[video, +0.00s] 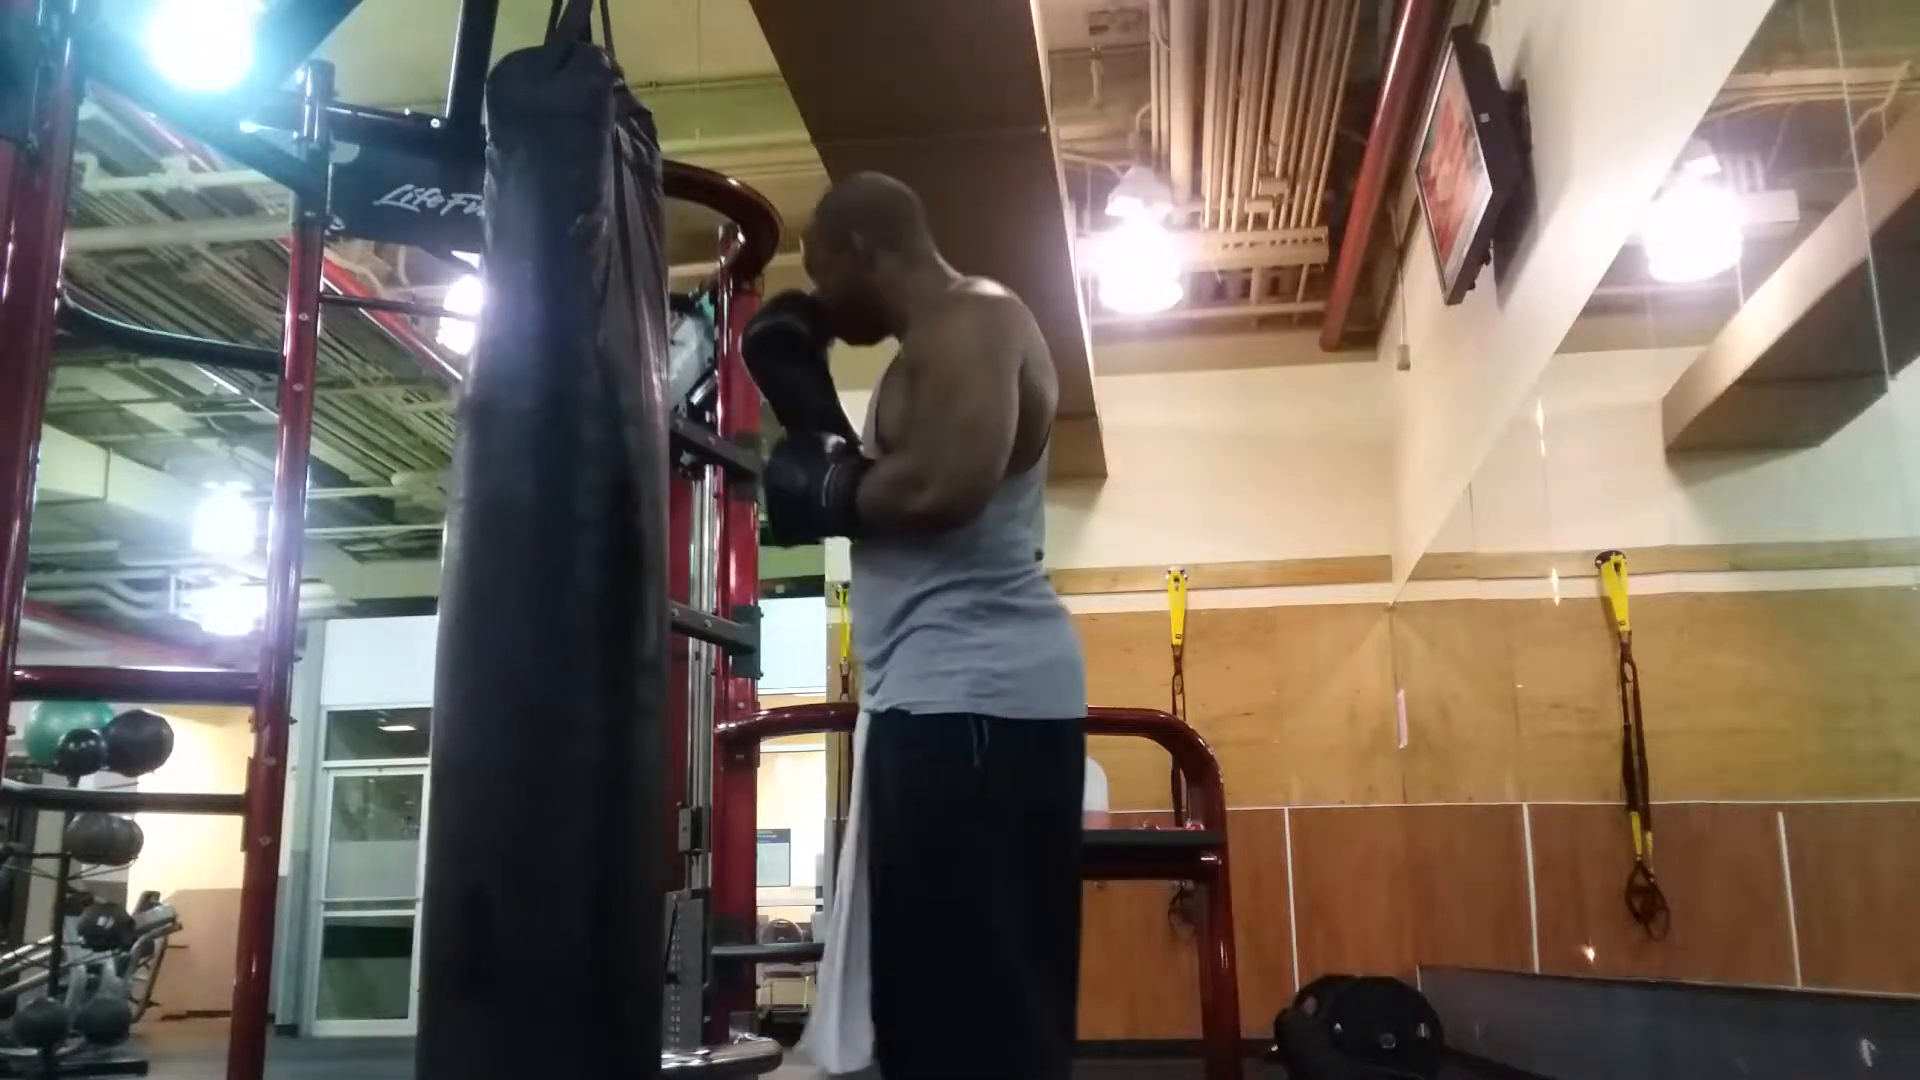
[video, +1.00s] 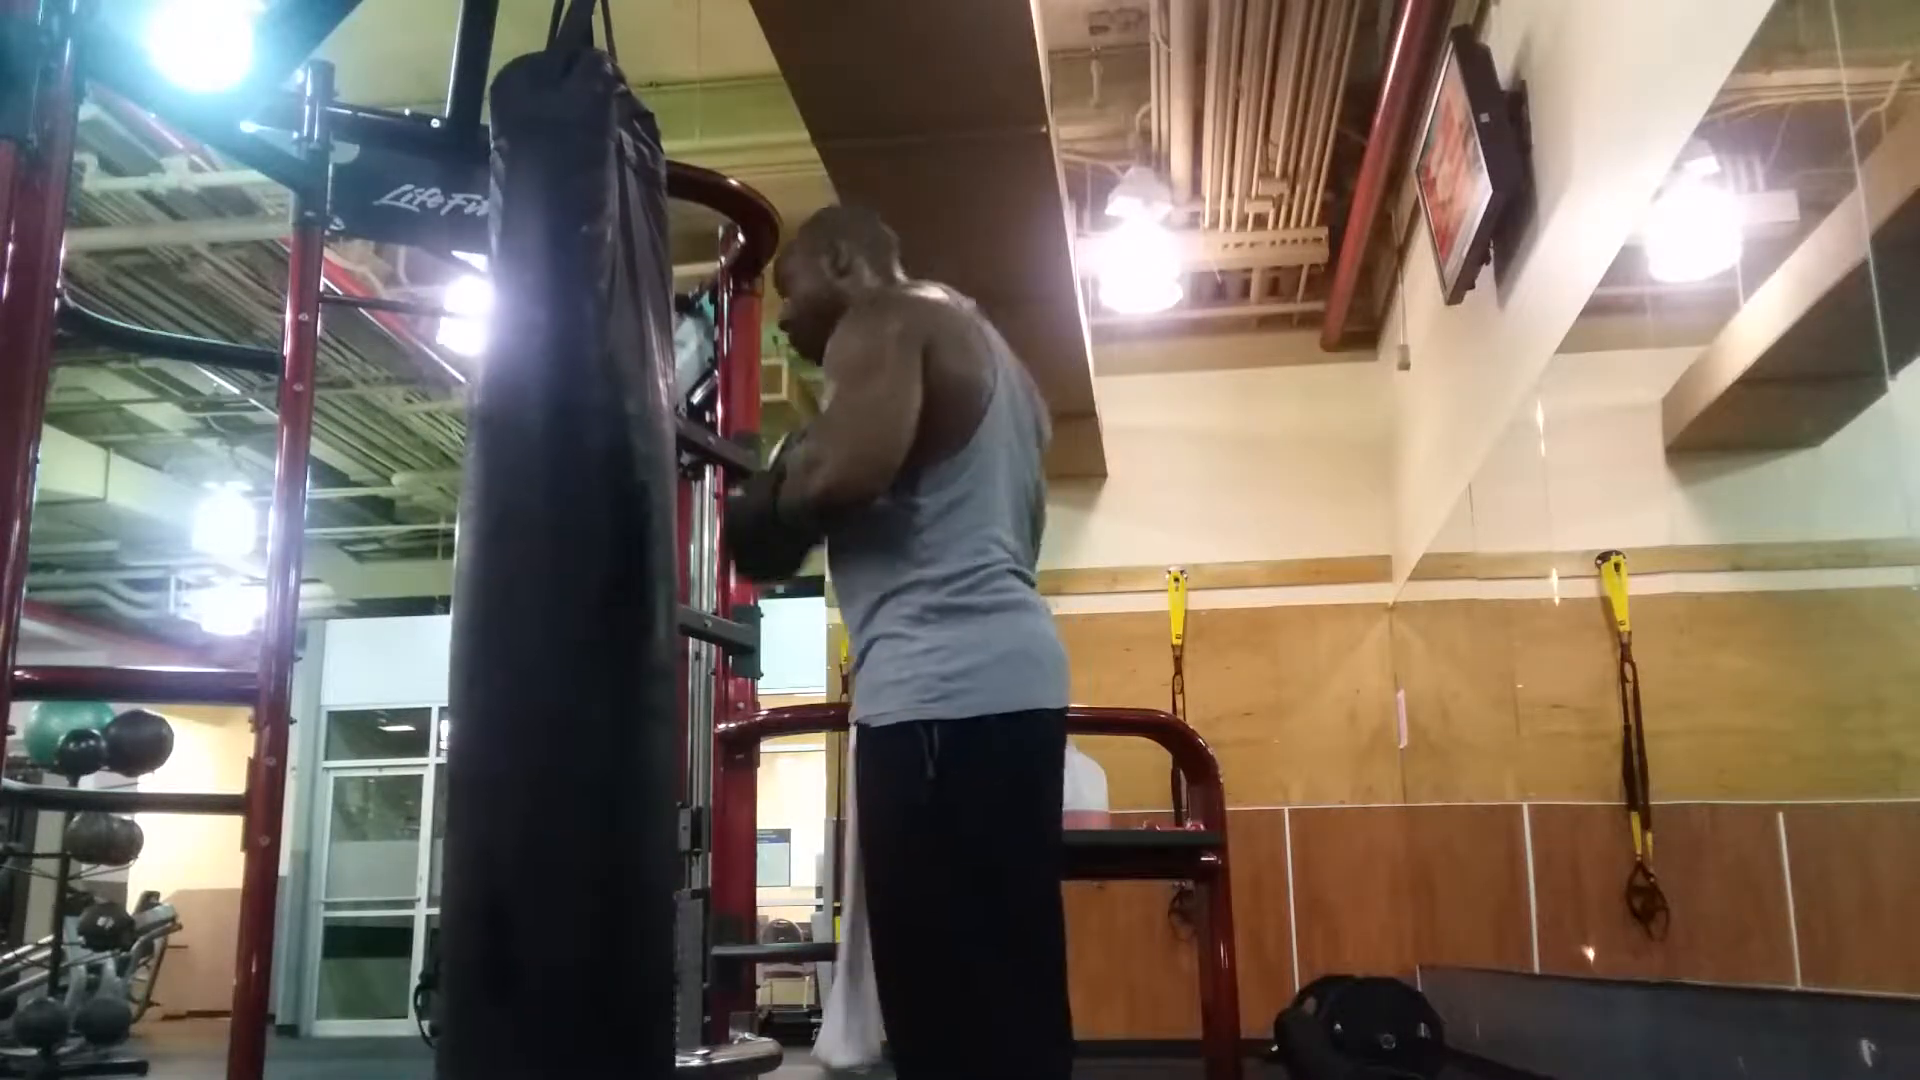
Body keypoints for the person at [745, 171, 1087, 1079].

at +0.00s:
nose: (816, 292)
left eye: (819, 270)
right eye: (812, 273)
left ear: (860, 255)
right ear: (899, 249)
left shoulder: (968, 319)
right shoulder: (921, 357)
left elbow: (943, 486)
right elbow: (867, 494)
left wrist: (828, 484)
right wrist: (808, 396)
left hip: (975, 700)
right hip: (935, 699)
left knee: (964, 1011)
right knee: (936, 1007)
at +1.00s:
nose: (781, 317)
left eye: (787, 290)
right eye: (777, 296)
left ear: (843, 266)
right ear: (875, 262)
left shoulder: (885, 319)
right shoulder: (997, 357)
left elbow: (848, 471)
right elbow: (1007, 540)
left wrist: (765, 515)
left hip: (937, 699)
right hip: (1009, 690)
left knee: (942, 1003)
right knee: (1006, 993)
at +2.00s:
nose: (730, 310)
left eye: (744, 285)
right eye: (731, 292)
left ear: (812, 288)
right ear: (814, 294)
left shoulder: (868, 349)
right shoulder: (822, 397)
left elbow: (873, 474)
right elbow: (884, 576)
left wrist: (765, 505)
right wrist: (789, 639)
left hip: (922, 696)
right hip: (884, 697)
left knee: (921, 988)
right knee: (896, 984)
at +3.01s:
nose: (873, 231)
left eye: (874, 205)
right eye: (870, 209)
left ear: (909, 179)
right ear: (982, 182)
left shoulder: (944, 259)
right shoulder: (1091, 295)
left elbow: (863, 452)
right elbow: (1144, 515)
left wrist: (920, 527)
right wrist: (951, 551)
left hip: (1021, 689)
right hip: (1139, 681)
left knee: (1010, 1023)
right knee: (1133, 1010)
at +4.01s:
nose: (616, 200)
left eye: (612, 182)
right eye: (614, 186)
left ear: (629, 153)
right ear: (717, 133)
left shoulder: (674, 206)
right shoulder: (876, 238)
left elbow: (620, 437)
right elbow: (966, 459)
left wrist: (703, 485)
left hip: (822, 625)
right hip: (960, 620)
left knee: (724, 968)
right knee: (911, 943)